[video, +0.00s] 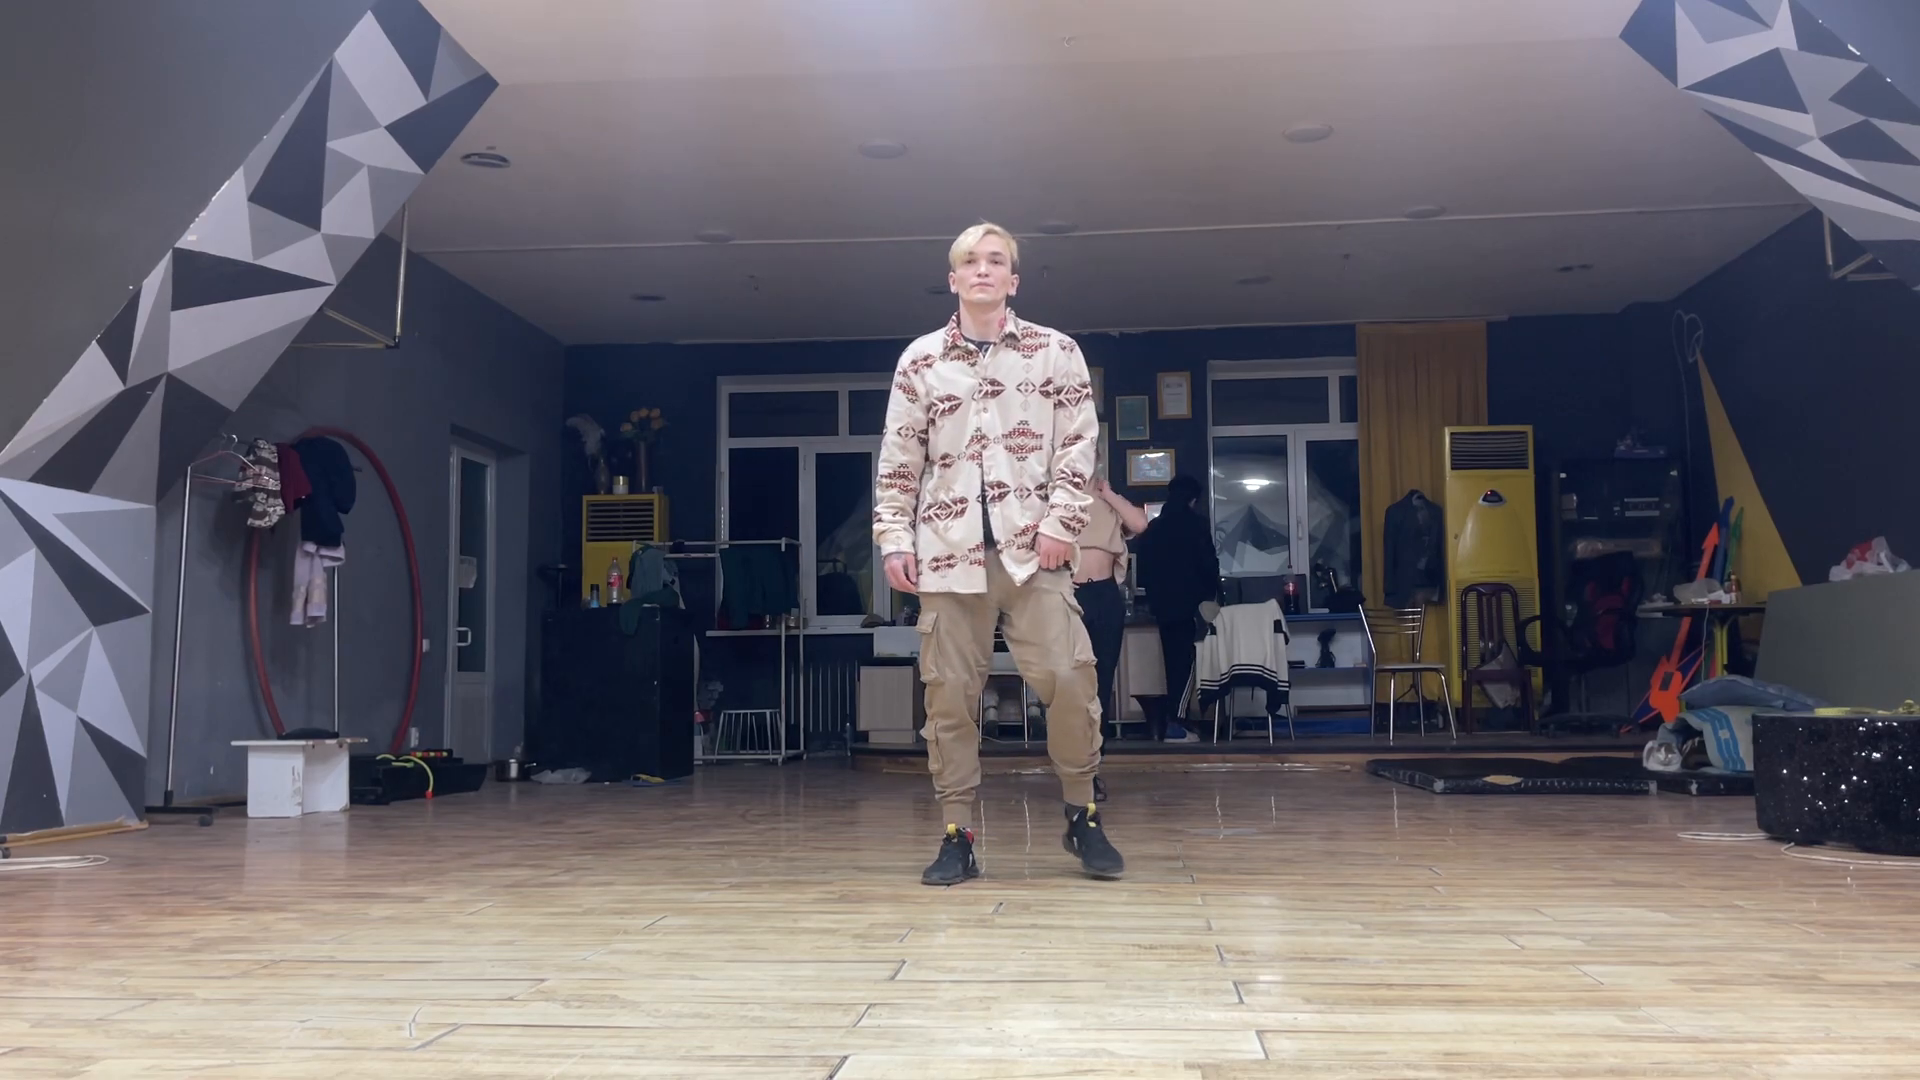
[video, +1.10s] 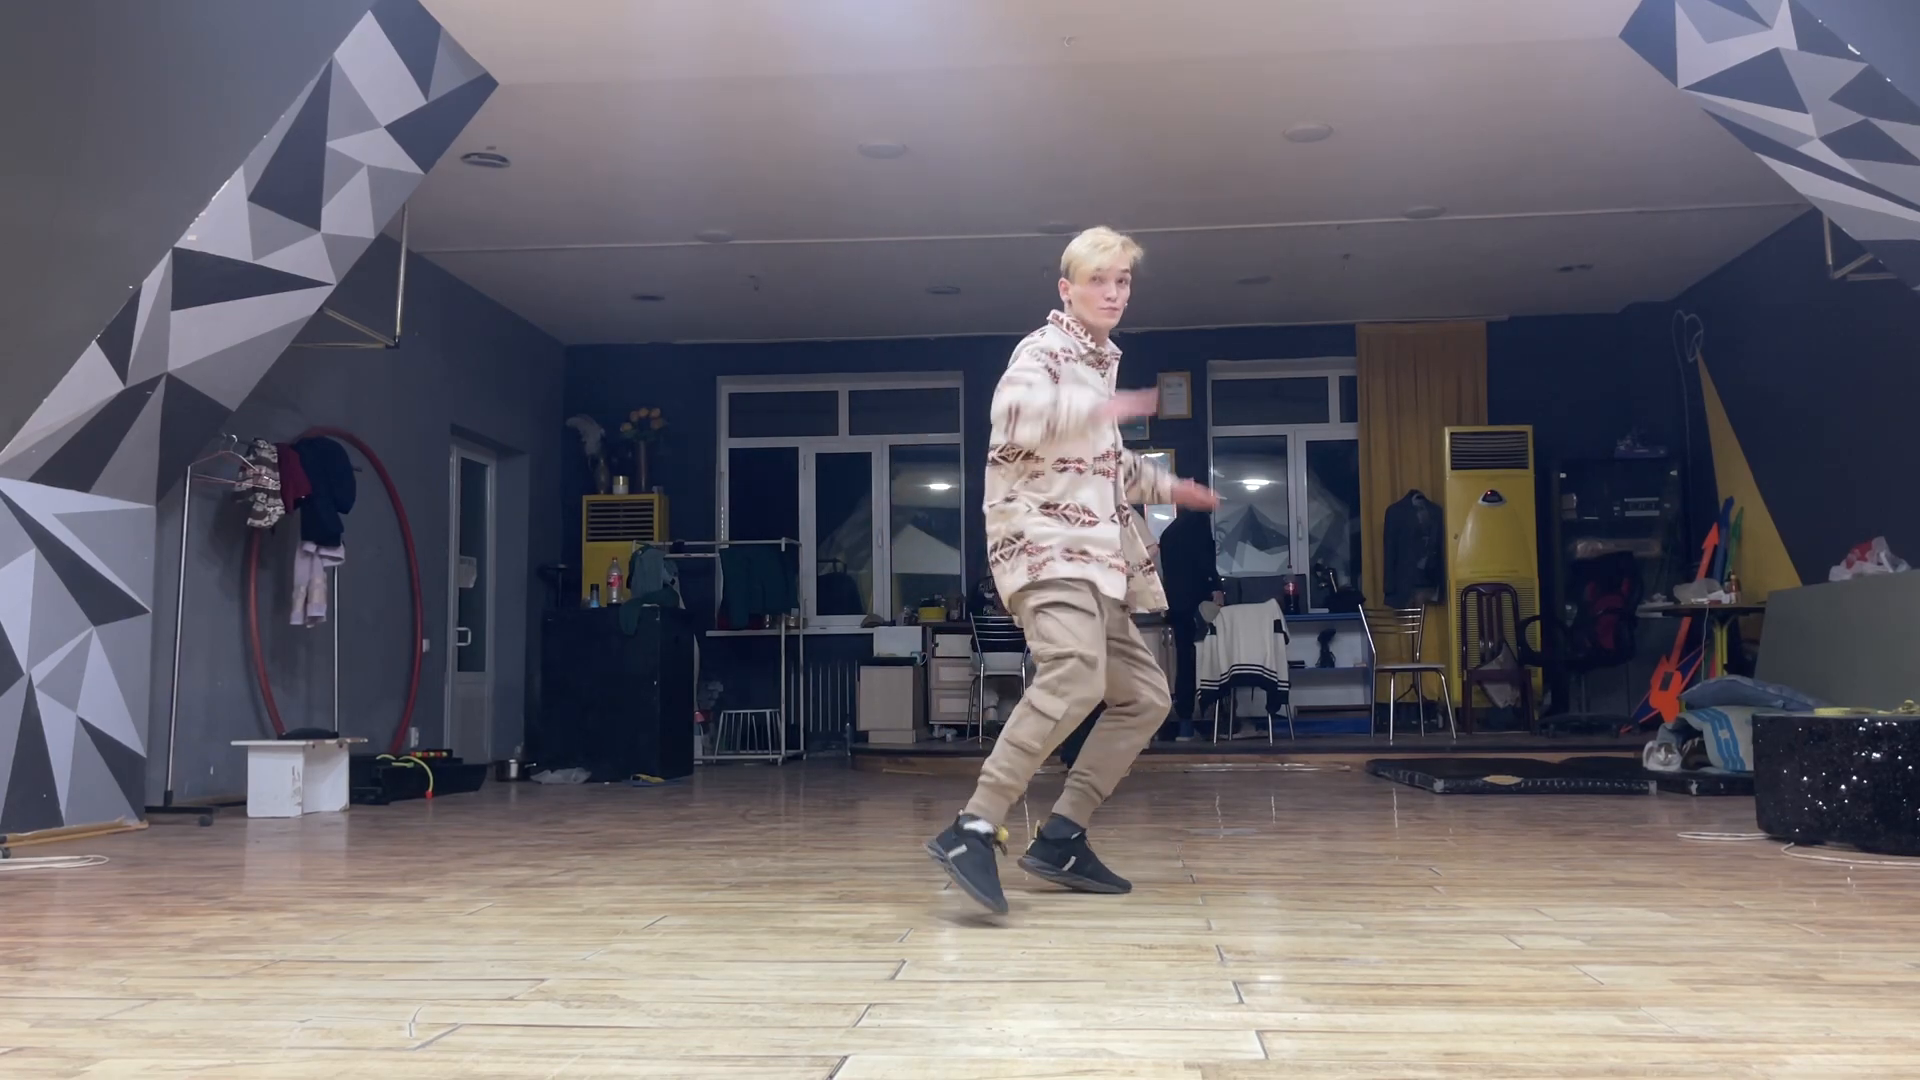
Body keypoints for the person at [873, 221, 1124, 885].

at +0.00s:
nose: (983, 270)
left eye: (994, 261)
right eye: (971, 262)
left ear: (1015, 278)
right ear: (952, 278)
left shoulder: (1055, 351)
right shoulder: (920, 360)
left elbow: (1079, 447)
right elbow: (899, 460)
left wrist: (1062, 521)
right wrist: (893, 537)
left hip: (1036, 550)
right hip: (949, 554)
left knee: (1067, 675)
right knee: (949, 695)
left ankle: (1083, 815)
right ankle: (957, 836)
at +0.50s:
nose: (1031, 268)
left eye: (1043, 259)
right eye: (1020, 260)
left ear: (1066, 277)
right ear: (1003, 281)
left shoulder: (1114, 350)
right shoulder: (975, 366)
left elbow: (1141, 441)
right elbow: (947, 460)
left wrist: (1108, 516)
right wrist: (957, 523)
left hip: (1089, 553)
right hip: (1001, 559)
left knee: (1121, 696)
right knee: (980, 701)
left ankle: (1157, 835)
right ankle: (963, 836)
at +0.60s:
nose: (1038, 267)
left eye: (1050, 258)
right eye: (1026, 260)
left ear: (1072, 278)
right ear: (1008, 280)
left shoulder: (1116, 351)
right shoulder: (977, 361)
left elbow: (1150, 427)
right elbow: (937, 437)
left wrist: (1081, 452)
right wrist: (977, 458)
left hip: (1092, 553)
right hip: (1002, 557)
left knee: (1120, 695)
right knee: (981, 700)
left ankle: (1157, 836)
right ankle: (962, 837)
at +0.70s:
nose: (1043, 262)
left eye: (1056, 253)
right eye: (1031, 253)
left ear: (1076, 271)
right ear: (1013, 271)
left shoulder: (1107, 342)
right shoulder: (983, 346)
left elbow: (1158, 394)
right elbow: (937, 418)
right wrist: (972, 362)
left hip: (1091, 561)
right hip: (998, 563)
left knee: (1122, 701)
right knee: (977, 703)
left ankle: (1155, 836)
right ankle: (962, 837)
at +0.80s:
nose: (1055, 266)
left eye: (1066, 257)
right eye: (1041, 257)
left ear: (1084, 270)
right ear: (1019, 272)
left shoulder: (1116, 335)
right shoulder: (995, 337)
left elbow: (1167, 388)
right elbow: (961, 403)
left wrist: (1129, 325)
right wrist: (1011, 335)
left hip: (1094, 562)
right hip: (1004, 564)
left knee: (1137, 690)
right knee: (977, 710)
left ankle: (1098, 834)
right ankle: (961, 837)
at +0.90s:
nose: (1083, 277)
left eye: (1091, 268)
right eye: (1068, 267)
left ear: (1101, 283)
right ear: (1038, 282)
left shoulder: (1116, 371)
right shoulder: (1003, 363)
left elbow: (1147, 457)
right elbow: (998, 462)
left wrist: (1159, 488)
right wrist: (1089, 490)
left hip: (1104, 571)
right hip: (1023, 573)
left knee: (1113, 709)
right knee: (1017, 717)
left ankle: (1051, 846)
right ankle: (962, 822)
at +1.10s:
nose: (1114, 291)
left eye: (1123, 281)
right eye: (1100, 279)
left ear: (1130, 290)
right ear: (1067, 287)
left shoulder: (1100, 371)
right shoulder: (1041, 351)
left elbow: (1109, 469)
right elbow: (1017, 417)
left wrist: (1170, 486)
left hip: (1096, 560)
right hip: (1044, 549)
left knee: (1144, 698)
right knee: (1076, 676)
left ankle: (1061, 839)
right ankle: (973, 831)